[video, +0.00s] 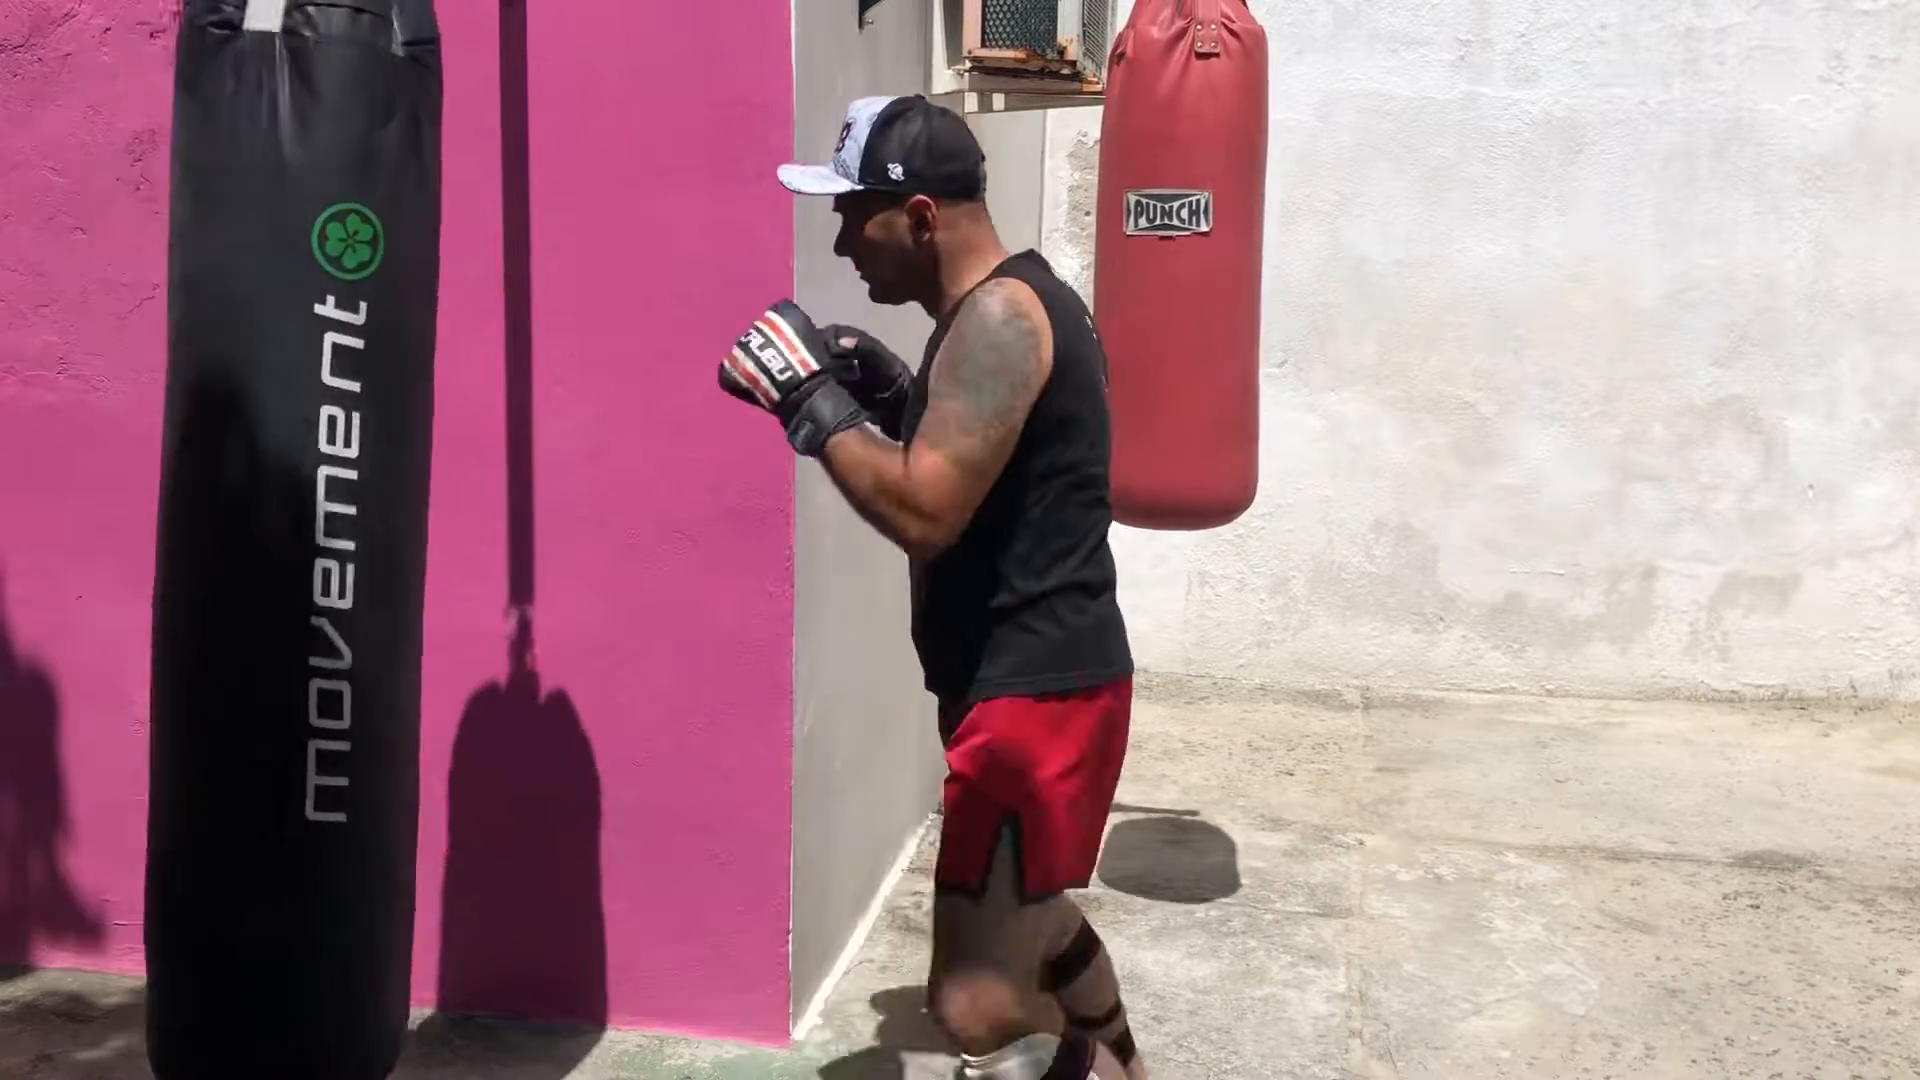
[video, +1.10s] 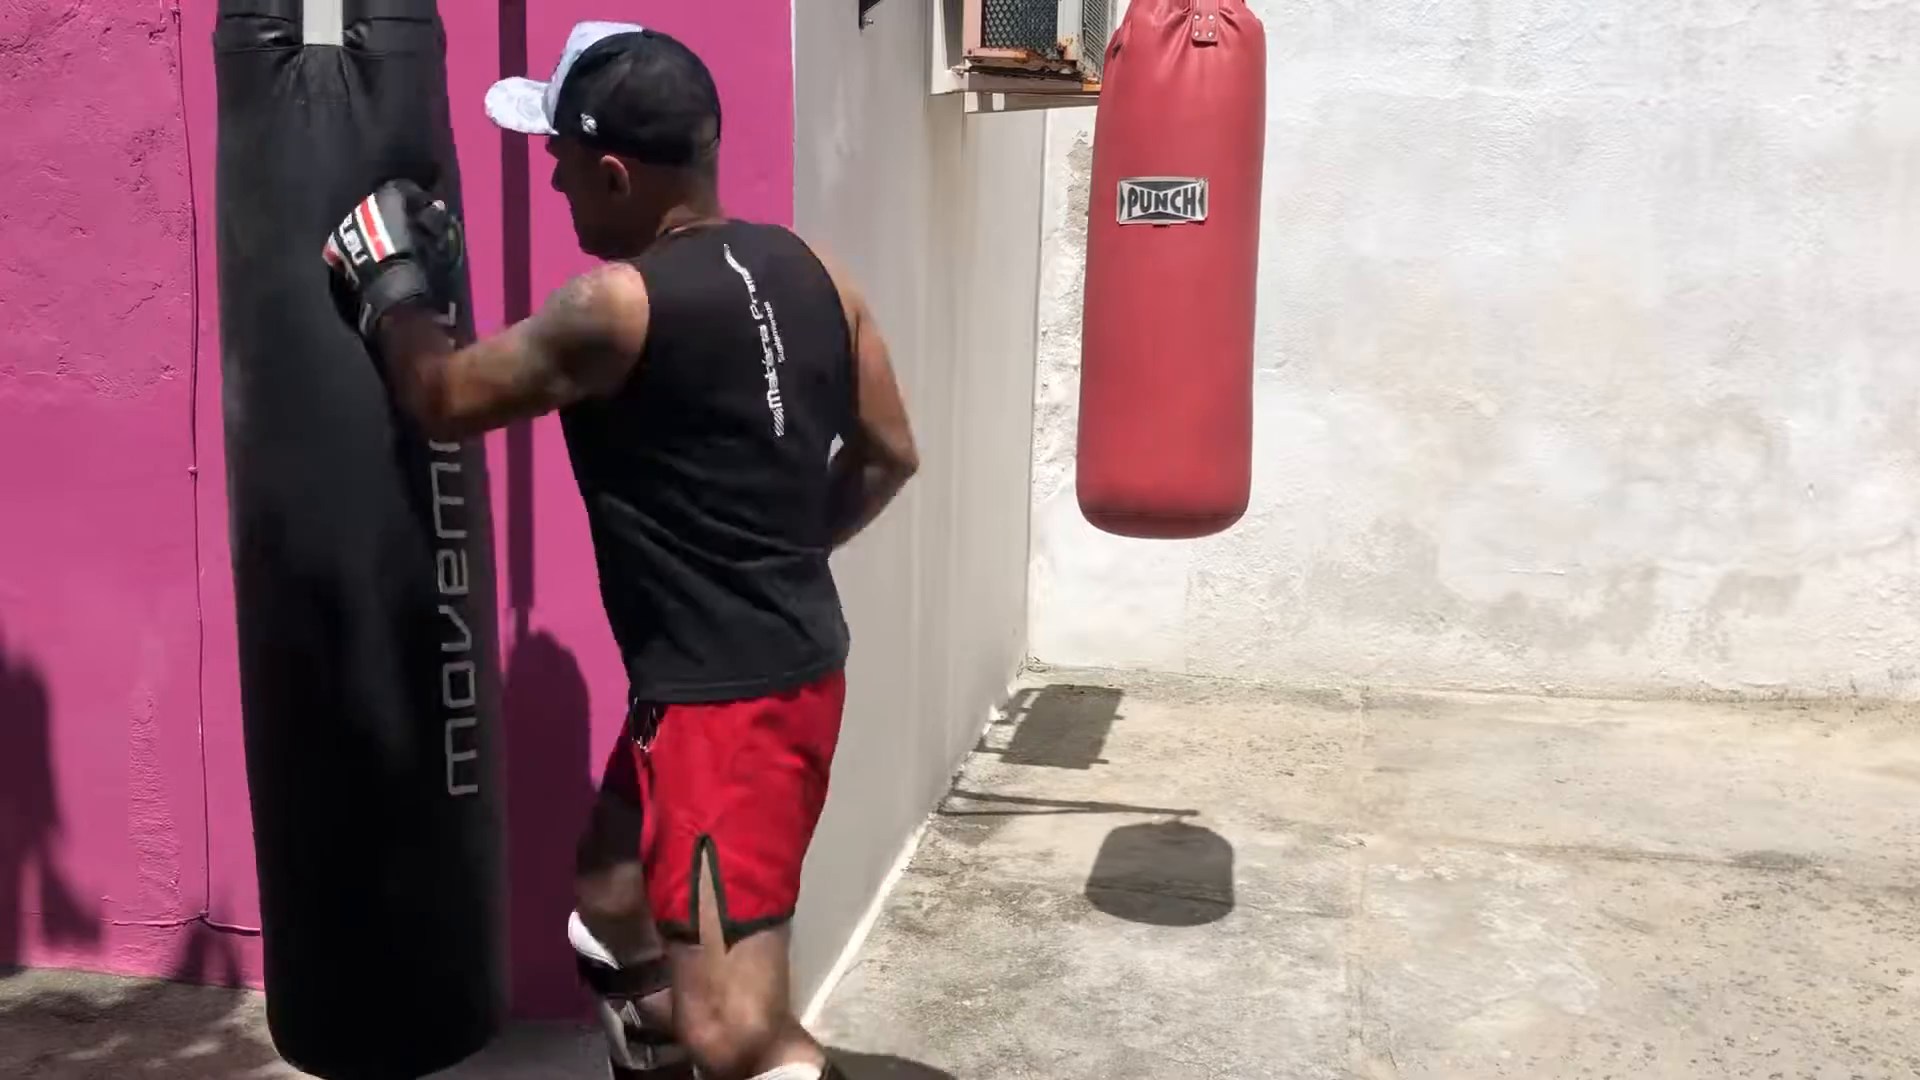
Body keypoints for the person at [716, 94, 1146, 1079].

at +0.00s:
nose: (842, 242)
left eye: (854, 216)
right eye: (842, 217)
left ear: (922, 214)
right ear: (936, 211)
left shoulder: (998, 317)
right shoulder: (1017, 299)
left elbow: (923, 518)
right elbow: (984, 486)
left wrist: (814, 409)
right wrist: (900, 404)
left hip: (1030, 686)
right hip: (1034, 673)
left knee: (973, 1007)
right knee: (1040, 924)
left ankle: (1080, 1033)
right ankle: (1114, 1061)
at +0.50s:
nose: (820, 206)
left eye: (831, 181)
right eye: (821, 181)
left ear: (902, 185)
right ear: (911, 185)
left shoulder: (1011, 312)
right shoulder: (965, 292)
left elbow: (883, 510)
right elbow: (895, 418)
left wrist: (801, 370)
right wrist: (772, 393)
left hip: (1025, 719)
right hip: (974, 707)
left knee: (961, 1041)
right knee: (1047, 978)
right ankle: (1136, 1072)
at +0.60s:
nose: (788, 214)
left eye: (796, 188)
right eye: (789, 188)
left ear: (859, 193)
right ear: (878, 189)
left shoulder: (957, 314)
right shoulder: (942, 302)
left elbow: (783, 503)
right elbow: (990, 547)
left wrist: (743, 346)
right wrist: (866, 622)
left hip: (985, 749)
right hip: (907, 731)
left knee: (925, 1056)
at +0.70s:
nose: (724, 215)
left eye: (734, 193)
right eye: (725, 192)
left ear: (791, 208)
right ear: (873, 199)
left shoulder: (863, 346)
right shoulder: (969, 305)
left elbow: (726, 553)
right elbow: (1063, 482)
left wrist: (672, 399)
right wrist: (1085, 602)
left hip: (920, 768)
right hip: (835, 738)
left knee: (893, 1057)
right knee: (722, 929)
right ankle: (843, 1057)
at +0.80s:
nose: (674, 208)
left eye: (681, 188)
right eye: (674, 186)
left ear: (733, 201)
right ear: (822, 181)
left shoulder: (825, 359)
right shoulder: (905, 265)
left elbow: (744, 584)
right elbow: (1030, 406)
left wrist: (620, 465)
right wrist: (1071, 469)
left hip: (887, 749)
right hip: (791, 717)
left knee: (887, 1051)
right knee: (688, 922)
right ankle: (721, 1074)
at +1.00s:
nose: (570, 192)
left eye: (577, 176)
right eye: (570, 173)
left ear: (627, 193)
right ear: (708, 166)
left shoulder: (730, 334)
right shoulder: (760, 241)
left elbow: (641, 556)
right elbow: (755, 388)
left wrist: (494, 456)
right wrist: (625, 363)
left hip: (771, 697)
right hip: (697, 675)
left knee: (742, 1019)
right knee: (637, 898)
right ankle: (655, 1064)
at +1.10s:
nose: (557, 185)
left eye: (564, 165)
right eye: (556, 164)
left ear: (616, 172)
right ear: (692, 156)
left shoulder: (618, 305)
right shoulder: (803, 267)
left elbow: (440, 401)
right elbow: (886, 452)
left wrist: (392, 280)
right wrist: (780, 548)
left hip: (720, 689)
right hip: (782, 657)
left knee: (736, 1029)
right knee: (611, 908)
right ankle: (664, 1061)